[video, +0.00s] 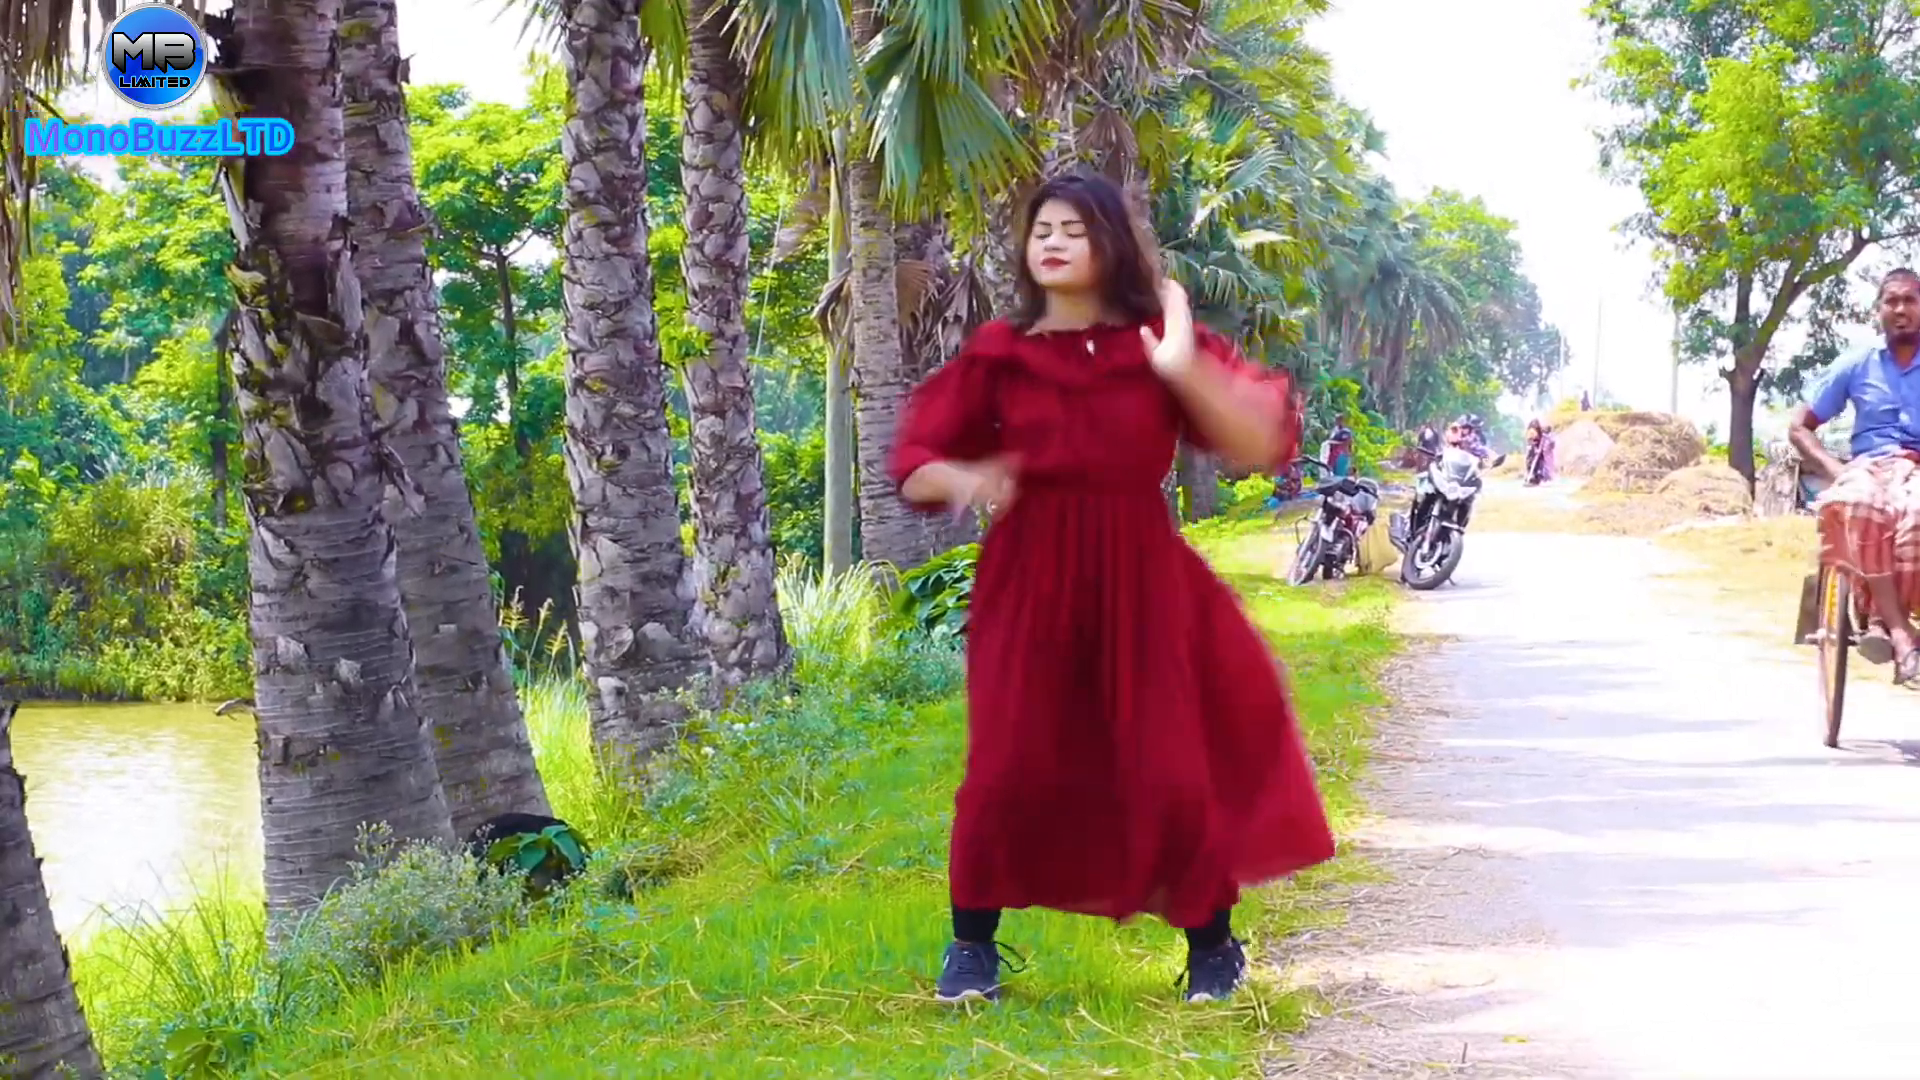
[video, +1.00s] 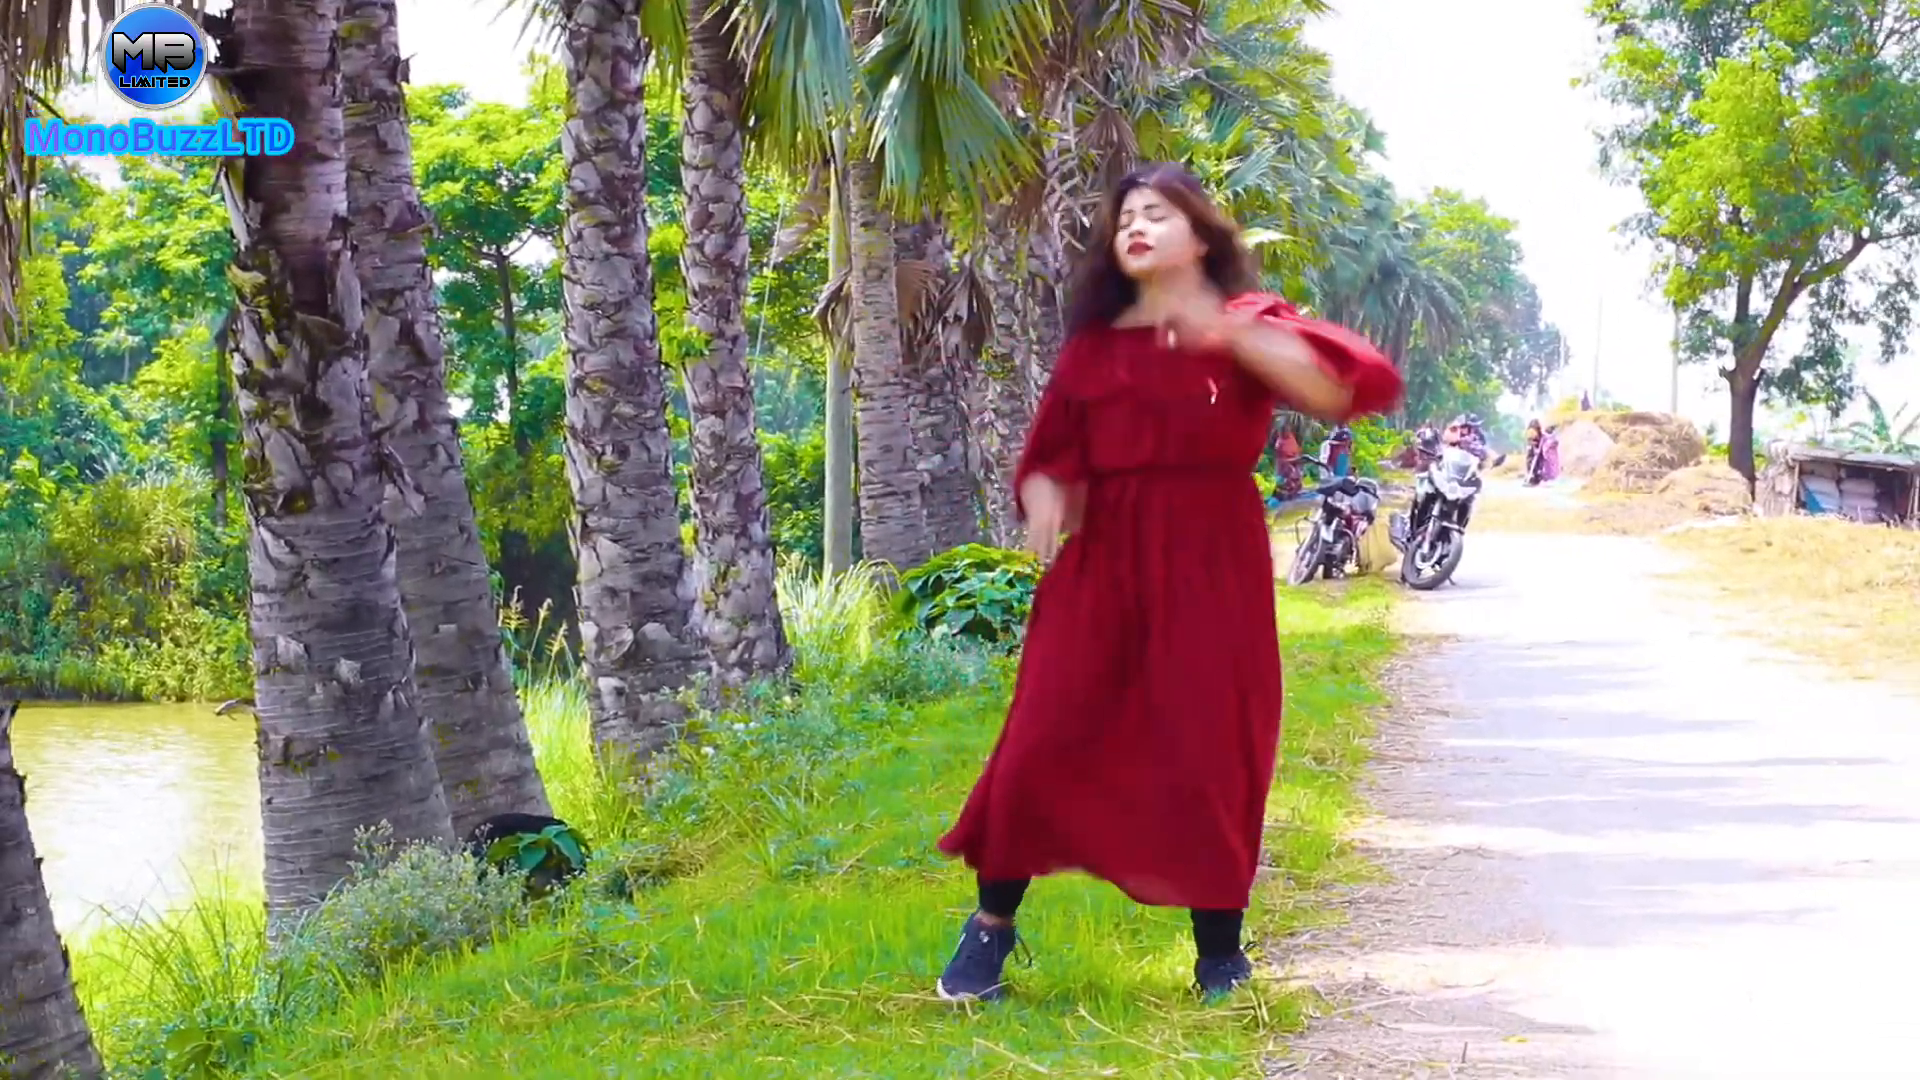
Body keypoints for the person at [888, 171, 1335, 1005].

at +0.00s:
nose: (1056, 243)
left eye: (1076, 230)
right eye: (1043, 231)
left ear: (1116, 248)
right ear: (1026, 251)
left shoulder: (1165, 345)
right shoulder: (998, 351)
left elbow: (1266, 439)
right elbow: (913, 463)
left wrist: (1184, 369)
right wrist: (965, 479)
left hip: (1141, 569)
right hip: (1030, 573)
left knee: (1170, 759)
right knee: (1002, 763)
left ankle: (1213, 948)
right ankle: (971, 948)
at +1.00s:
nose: (1137, 225)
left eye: (1156, 213)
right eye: (1125, 220)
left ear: (1199, 232)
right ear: (1115, 249)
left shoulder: (1248, 322)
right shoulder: (1092, 346)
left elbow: (1339, 397)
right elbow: (1049, 452)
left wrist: (1246, 335)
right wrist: (1044, 496)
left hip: (1211, 556)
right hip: (1101, 553)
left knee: (1213, 747)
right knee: (1034, 736)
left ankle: (1221, 955)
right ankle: (989, 928)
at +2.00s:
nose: (1133, 215)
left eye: (1139, 203)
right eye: (1116, 198)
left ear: (1142, 220)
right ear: (1060, 206)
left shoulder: (1162, 304)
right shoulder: (1008, 295)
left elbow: (1240, 387)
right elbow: (914, 301)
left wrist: (1216, 432)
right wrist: (1016, 255)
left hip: (1149, 533)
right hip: (1039, 532)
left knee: (1197, 721)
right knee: (1029, 729)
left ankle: (1210, 941)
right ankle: (1015, 949)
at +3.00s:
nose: (1141, 213)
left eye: (1159, 199)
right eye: (1144, 199)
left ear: (1210, 210)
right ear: (1164, 215)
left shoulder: (1249, 296)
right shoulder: (1144, 305)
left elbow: (1333, 276)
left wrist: (1232, 228)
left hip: (1225, 539)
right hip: (1134, 537)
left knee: (1231, 734)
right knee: (1100, 726)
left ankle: (1249, 957)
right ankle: (1055, 937)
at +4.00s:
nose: (1121, 236)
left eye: (1120, 220)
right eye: (1109, 221)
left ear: (1079, 229)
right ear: (1056, 226)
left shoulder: (1124, 310)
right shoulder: (974, 286)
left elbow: (1181, 412)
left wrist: (1140, 486)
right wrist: (1059, 255)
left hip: (1115, 537)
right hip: (1019, 535)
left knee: (1151, 734)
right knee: (1004, 732)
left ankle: (1194, 947)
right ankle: (1001, 946)